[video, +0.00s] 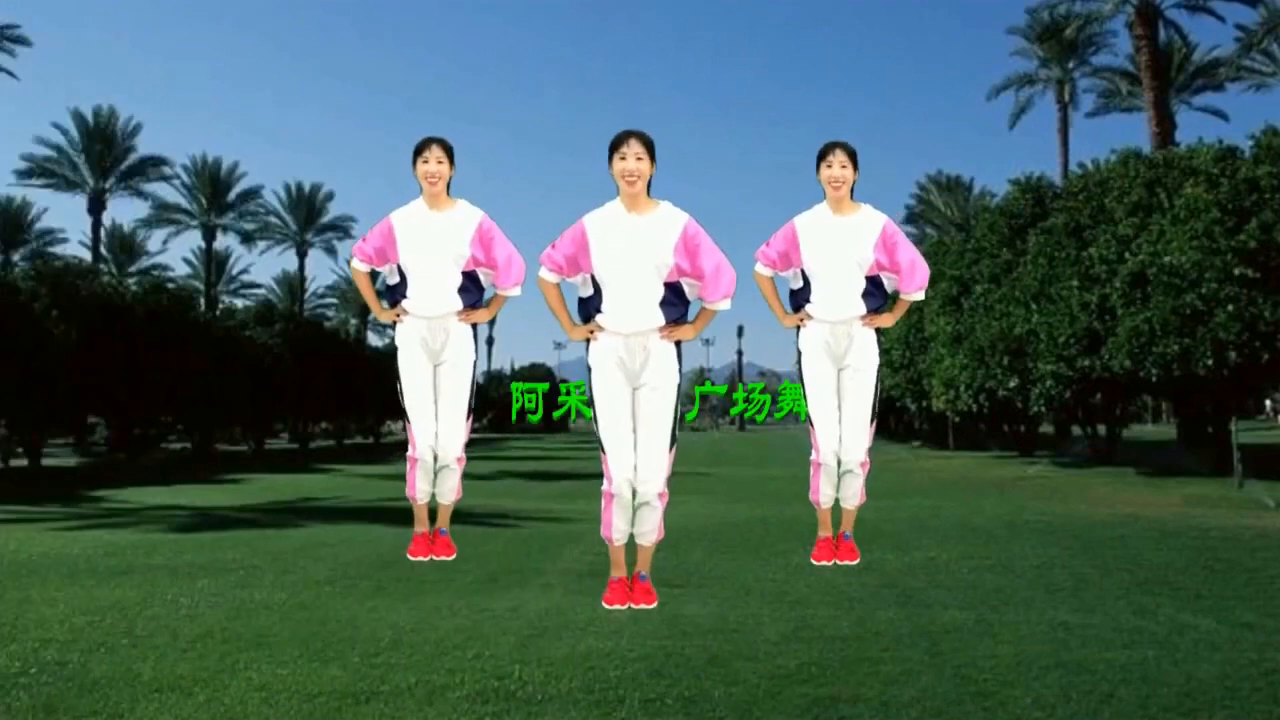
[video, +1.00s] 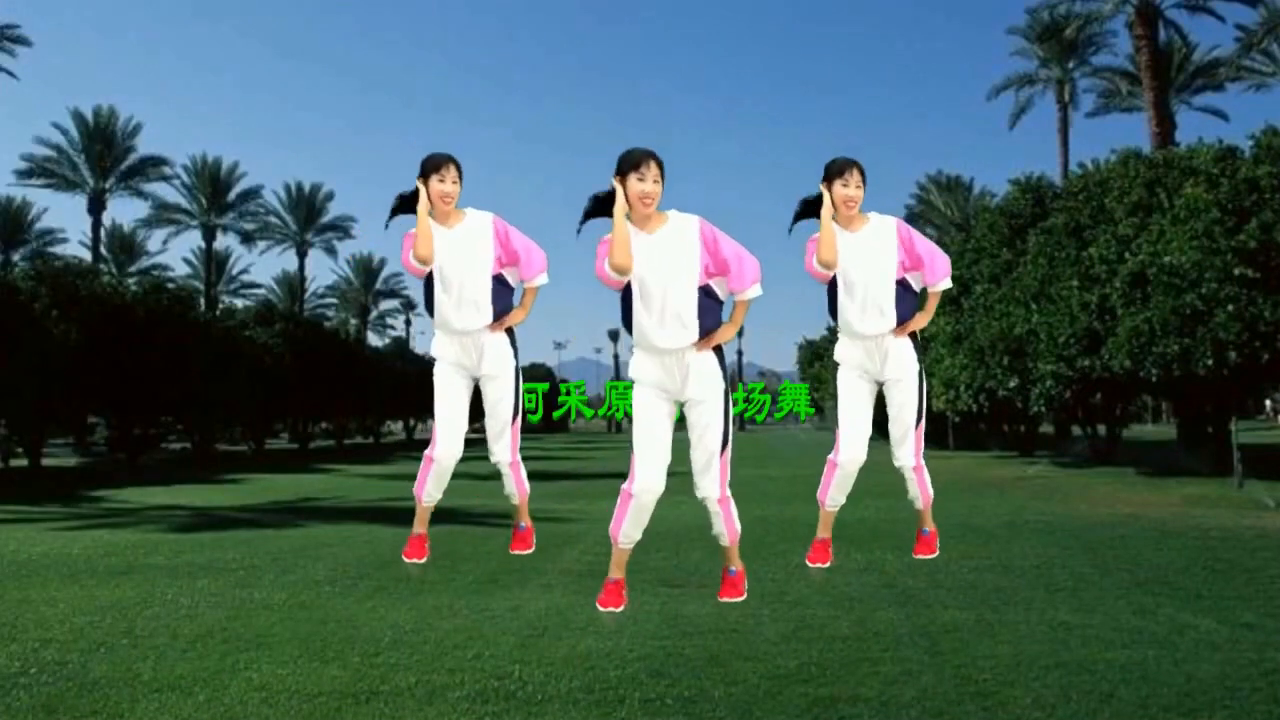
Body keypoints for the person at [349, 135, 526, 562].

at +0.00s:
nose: (433, 168)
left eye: (440, 161)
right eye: (425, 162)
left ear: (451, 169)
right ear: (415, 170)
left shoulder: (472, 218)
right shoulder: (400, 220)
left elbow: (513, 267)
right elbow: (358, 262)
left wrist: (489, 310)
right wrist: (379, 309)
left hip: (458, 330)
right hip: (413, 329)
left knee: (452, 432)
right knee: (421, 431)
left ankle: (443, 528)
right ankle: (421, 529)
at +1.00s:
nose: (447, 188)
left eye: (453, 181)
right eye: (439, 181)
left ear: (461, 187)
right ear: (424, 188)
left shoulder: (487, 224)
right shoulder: (418, 234)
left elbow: (535, 261)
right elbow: (423, 258)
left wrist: (522, 309)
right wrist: (423, 208)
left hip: (495, 343)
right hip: (450, 346)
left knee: (502, 451)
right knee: (445, 448)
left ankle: (523, 522)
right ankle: (419, 531)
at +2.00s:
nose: (463, 175)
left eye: (469, 169)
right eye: (455, 168)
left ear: (477, 176)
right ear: (440, 176)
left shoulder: (497, 218)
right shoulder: (433, 219)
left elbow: (539, 262)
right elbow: (478, 239)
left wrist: (521, 307)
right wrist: (534, 216)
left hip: (501, 333)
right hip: (457, 334)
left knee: (507, 437)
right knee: (458, 443)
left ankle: (516, 521)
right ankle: (431, 531)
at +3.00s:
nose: (476, 162)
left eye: (484, 156)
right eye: (469, 156)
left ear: (495, 165)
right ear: (458, 164)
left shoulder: (511, 212)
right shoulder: (436, 210)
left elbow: (551, 255)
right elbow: (396, 255)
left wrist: (523, 284)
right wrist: (420, 301)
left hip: (498, 321)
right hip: (453, 322)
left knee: (498, 428)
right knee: (461, 429)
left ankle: (489, 531)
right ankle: (449, 530)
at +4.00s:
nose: (461, 153)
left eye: (469, 145)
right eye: (457, 146)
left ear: (491, 150)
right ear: (453, 154)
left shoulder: (515, 190)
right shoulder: (437, 198)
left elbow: (572, 191)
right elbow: (392, 243)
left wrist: (539, 203)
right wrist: (418, 287)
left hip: (493, 306)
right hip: (448, 307)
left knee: (492, 424)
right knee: (444, 424)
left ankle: (488, 528)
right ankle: (441, 528)